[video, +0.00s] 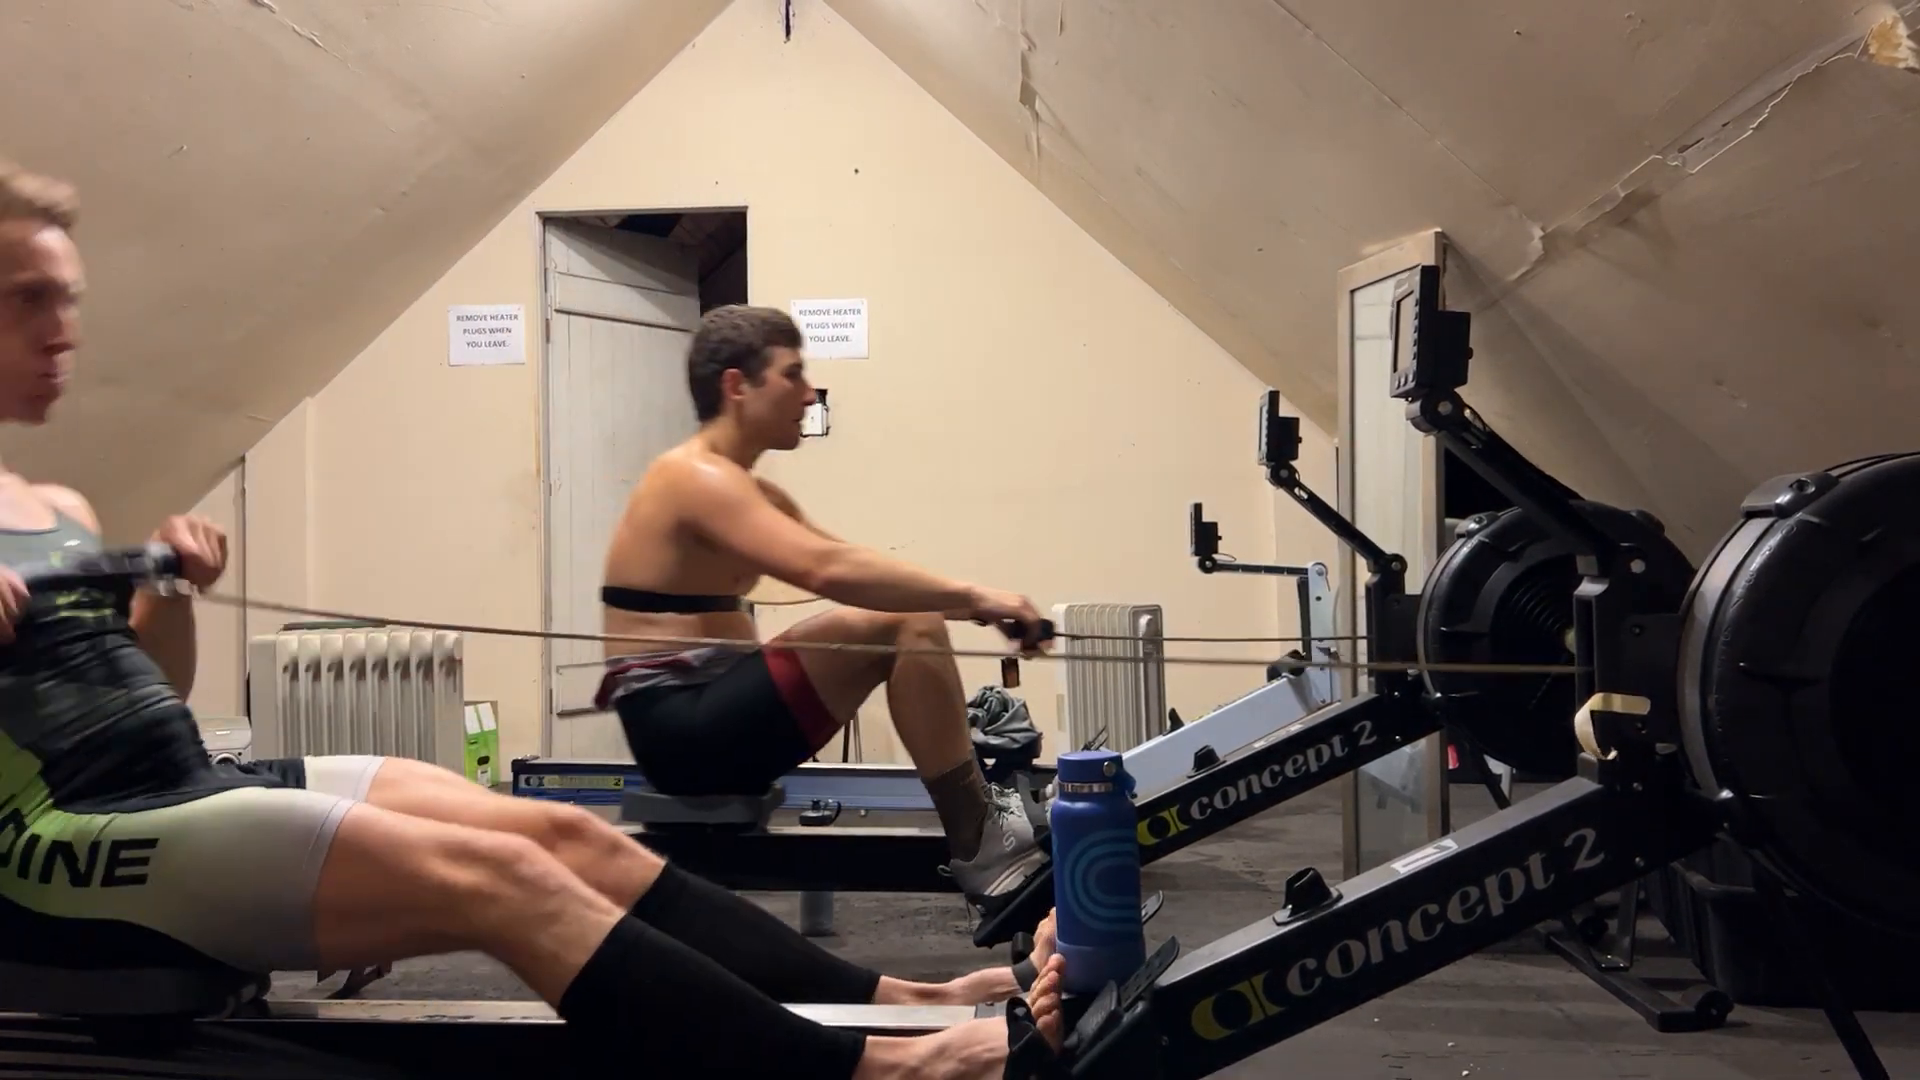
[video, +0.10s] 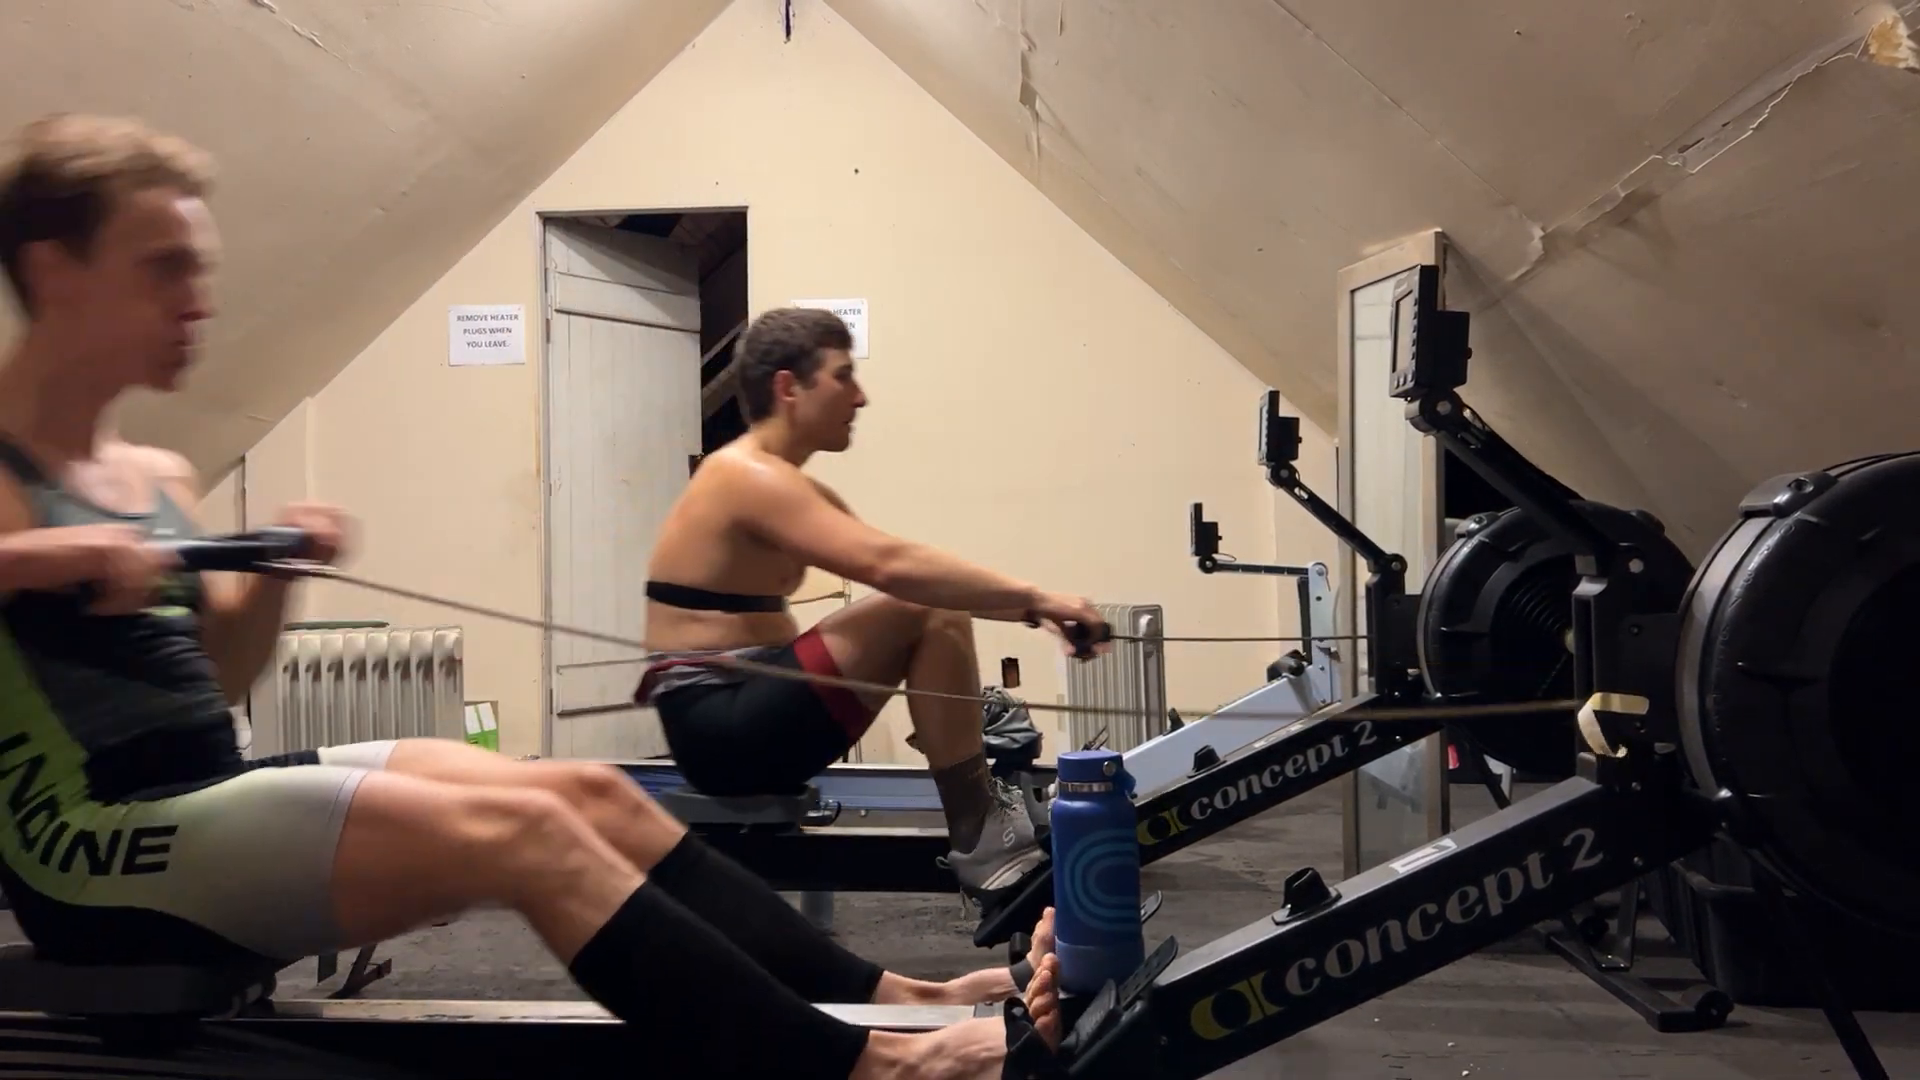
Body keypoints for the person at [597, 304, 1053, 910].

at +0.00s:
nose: (812, 391)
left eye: (805, 375)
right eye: (792, 375)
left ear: (745, 388)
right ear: (736, 387)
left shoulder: (752, 489)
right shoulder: (696, 479)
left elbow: (849, 563)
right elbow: (825, 573)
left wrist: (977, 604)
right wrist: (974, 598)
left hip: (714, 717)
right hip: (680, 730)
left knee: (909, 622)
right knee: (910, 630)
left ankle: (978, 831)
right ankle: (977, 846)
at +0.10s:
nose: (861, 395)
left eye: (854, 376)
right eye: (844, 376)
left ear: (792, 390)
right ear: (787, 388)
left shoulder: (793, 486)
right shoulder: (748, 477)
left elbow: (900, 569)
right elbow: (888, 568)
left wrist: (1031, 609)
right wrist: (1035, 600)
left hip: (751, 718)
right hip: (721, 728)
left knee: (938, 616)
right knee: (924, 620)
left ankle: (981, 824)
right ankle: (976, 836)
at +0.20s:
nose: (909, 396)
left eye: (903, 377)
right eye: (892, 377)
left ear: (839, 394)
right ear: (837, 390)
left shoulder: (814, 477)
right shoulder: (803, 478)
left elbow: (952, 566)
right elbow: (947, 563)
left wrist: (1083, 609)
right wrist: (1091, 598)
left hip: (769, 723)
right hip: (759, 732)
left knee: (956, 601)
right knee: (955, 602)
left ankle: (979, 825)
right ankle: (977, 833)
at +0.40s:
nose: (993, 401)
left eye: (987, 382)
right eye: (976, 383)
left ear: (927, 398)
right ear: (923, 395)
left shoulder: (887, 476)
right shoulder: (896, 481)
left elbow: (1041, 562)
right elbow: (1042, 559)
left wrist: (1180, 606)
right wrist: (1190, 596)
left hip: (806, 722)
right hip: (806, 733)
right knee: (1003, 583)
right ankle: (976, 817)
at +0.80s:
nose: (942, 391)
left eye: (933, 374)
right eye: (923, 376)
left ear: (873, 396)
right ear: (872, 394)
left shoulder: (846, 468)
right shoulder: (859, 474)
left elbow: (1004, 551)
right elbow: (1005, 548)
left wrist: (1139, 582)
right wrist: (1145, 570)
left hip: (785, 719)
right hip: (788, 728)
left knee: (974, 589)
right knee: (975, 590)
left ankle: (981, 806)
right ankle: (980, 822)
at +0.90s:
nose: (859, 387)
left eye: (849, 371)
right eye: (839, 373)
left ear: (786, 391)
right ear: (785, 389)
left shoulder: (773, 467)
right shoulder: (770, 467)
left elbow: (923, 554)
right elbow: (916, 544)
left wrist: (1053, 581)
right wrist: (1058, 569)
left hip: (734, 710)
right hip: (729, 721)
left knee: (926, 594)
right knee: (930, 604)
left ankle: (983, 813)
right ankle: (981, 826)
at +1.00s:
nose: (764, 387)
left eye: (755, 369)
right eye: (743, 371)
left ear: (694, 390)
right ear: (686, 388)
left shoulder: (706, 472)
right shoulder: (681, 468)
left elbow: (839, 554)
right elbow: (823, 543)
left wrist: (969, 569)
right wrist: (968, 566)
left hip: (687, 712)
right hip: (665, 724)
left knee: (885, 612)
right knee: (887, 616)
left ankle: (980, 817)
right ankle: (978, 828)